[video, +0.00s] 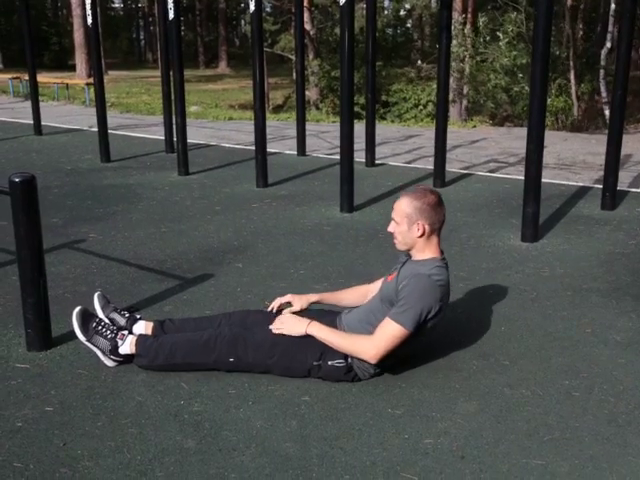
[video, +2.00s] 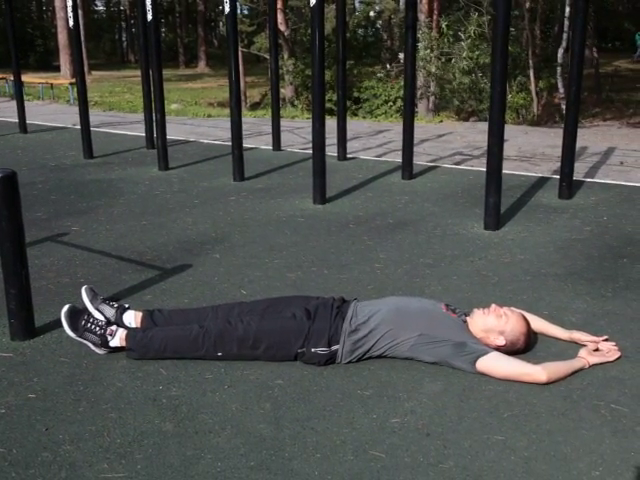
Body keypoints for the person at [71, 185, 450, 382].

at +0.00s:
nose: (390, 227)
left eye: (396, 222)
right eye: (392, 220)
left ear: (422, 230)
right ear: (422, 226)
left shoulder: (425, 282)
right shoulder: (417, 261)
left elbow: (374, 350)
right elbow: (367, 294)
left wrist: (309, 326)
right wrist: (311, 298)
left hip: (345, 358)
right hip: (337, 331)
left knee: (234, 343)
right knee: (239, 321)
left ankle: (125, 348)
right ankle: (139, 329)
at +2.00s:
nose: (496, 314)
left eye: (503, 318)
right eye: (504, 314)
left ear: (496, 338)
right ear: (495, 317)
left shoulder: (456, 343)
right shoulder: (455, 317)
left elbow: (520, 370)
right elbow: (518, 323)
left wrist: (575, 359)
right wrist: (576, 338)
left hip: (323, 331)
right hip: (326, 308)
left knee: (222, 332)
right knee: (224, 315)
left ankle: (117, 336)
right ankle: (127, 320)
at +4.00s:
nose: (473, 297)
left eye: (482, 304)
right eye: (480, 299)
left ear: (479, 327)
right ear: (470, 311)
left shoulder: (443, 347)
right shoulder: (441, 320)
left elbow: (503, 366)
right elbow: (513, 305)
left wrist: (562, 355)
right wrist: (569, 331)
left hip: (315, 338)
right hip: (319, 318)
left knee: (214, 335)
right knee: (223, 322)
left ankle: (114, 344)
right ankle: (125, 329)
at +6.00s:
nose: (454, 276)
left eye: (463, 278)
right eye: (463, 274)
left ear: (470, 300)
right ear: (469, 297)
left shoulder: (438, 333)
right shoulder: (442, 314)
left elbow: (433, 263)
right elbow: (435, 246)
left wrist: (469, 205)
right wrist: (470, 195)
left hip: (321, 336)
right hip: (325, 317)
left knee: (233, 283)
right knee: (238, 277)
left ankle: (123, 297)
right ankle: (140, 288)